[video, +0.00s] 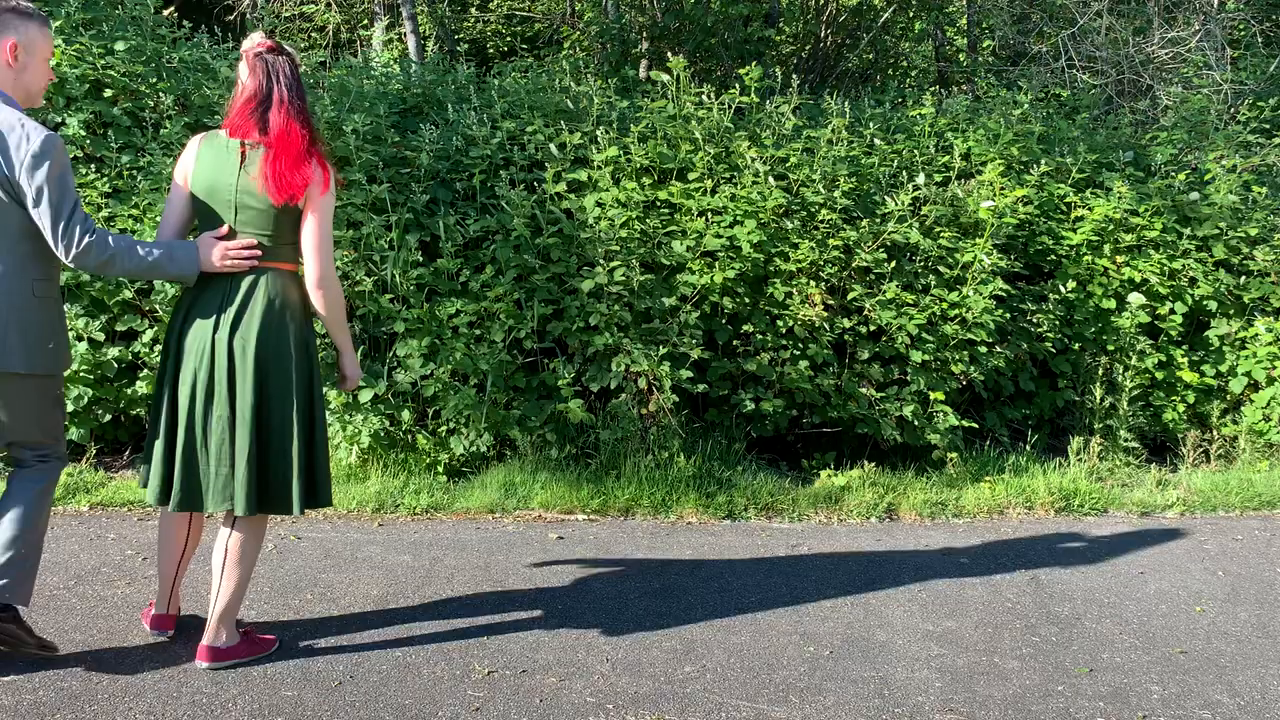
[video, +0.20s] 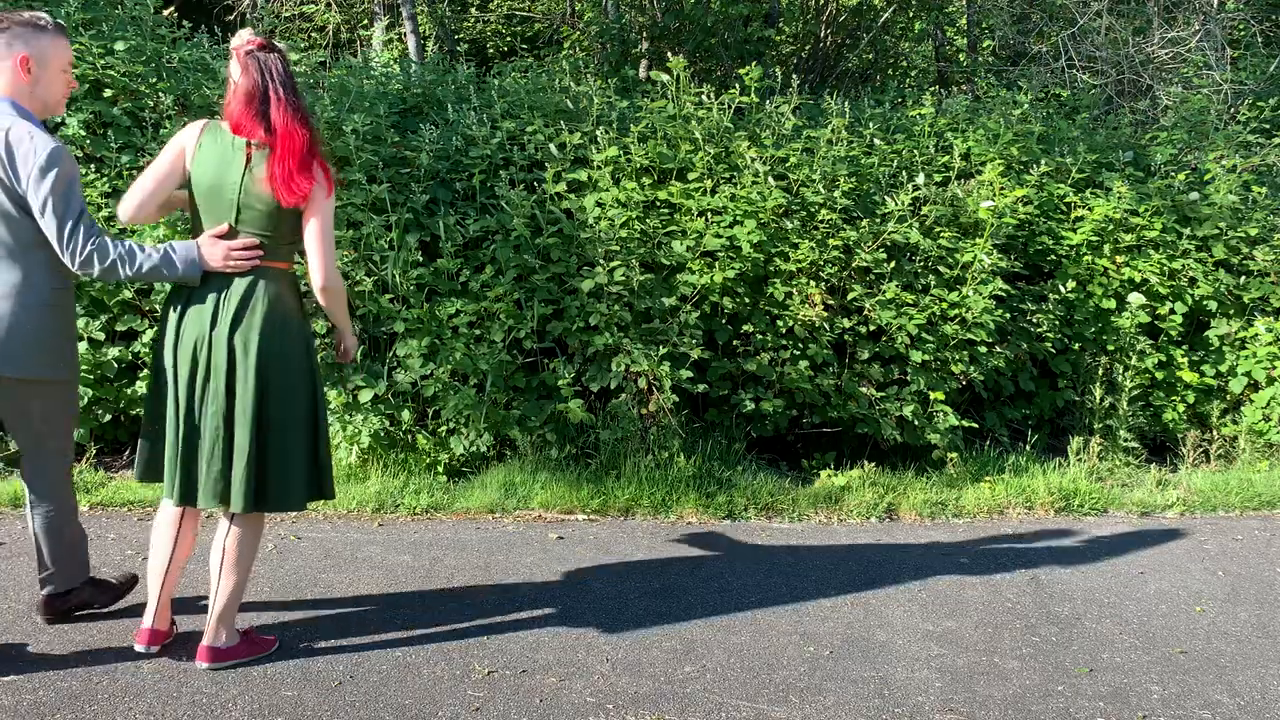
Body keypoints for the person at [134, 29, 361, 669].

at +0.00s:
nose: (238, 87)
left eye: (239, 79)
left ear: (240, 89)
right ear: (296, 94)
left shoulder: (198, 149)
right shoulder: (309, 166)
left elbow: (167, 246)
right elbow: (318, 280)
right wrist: (347, 348)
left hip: (200, 319)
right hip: (269, 327)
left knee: (189, 469)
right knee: (254, 482)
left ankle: (162, 608)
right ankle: (219, 634)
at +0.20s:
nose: (227, 82)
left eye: (228, 74)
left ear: (232, 85)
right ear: (288, 88)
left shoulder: (195, 138)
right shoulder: (306, 161)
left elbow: (135, 210)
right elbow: (322, 276)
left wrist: (199, 190)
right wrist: (346, 329)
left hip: (193, 319)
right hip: (264, 325)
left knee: (184, 478)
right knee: (248, 486)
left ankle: (154, 620)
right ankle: (220, 634)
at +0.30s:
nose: (220, 83)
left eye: (222, 75)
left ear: (227, 88)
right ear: (284, 91)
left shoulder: (190, 141)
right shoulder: (302, 167)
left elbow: (119, 212)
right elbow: (314, 277)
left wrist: (141, 168)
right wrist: (336, 319)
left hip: (191, 320)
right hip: (263, 326)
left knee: (180, 484)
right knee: (246, 493)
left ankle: (145, 625)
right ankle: (219, 637)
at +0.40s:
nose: (211, 87)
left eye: (213, 79)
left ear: (216, 88)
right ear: (274, 92)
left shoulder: (180, 145)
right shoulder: (293, 167)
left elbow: (107, 215)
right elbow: (306, 275)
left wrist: (104, 141)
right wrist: (324, 311)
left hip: (182, 323)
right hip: (257, 328)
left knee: (169, 491)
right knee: (241, 497)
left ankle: (143, 633)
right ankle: (220, 636)